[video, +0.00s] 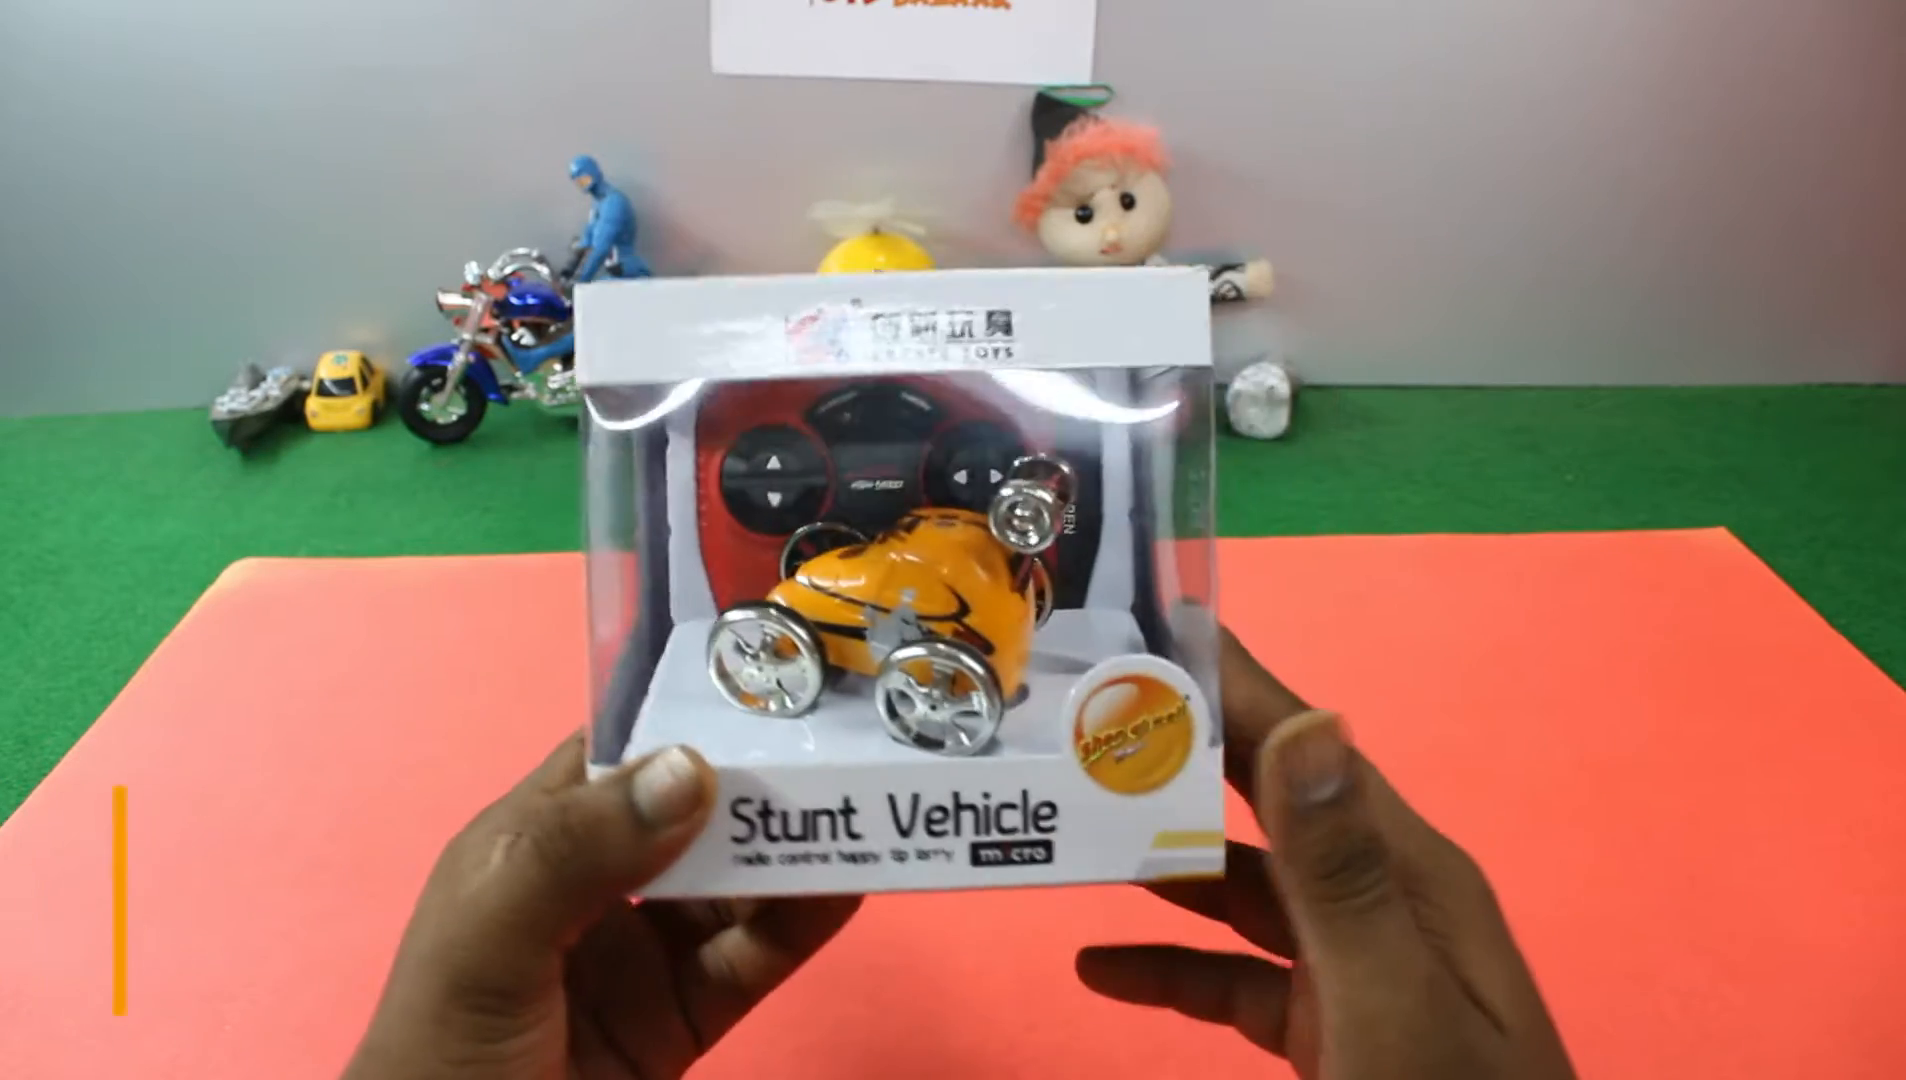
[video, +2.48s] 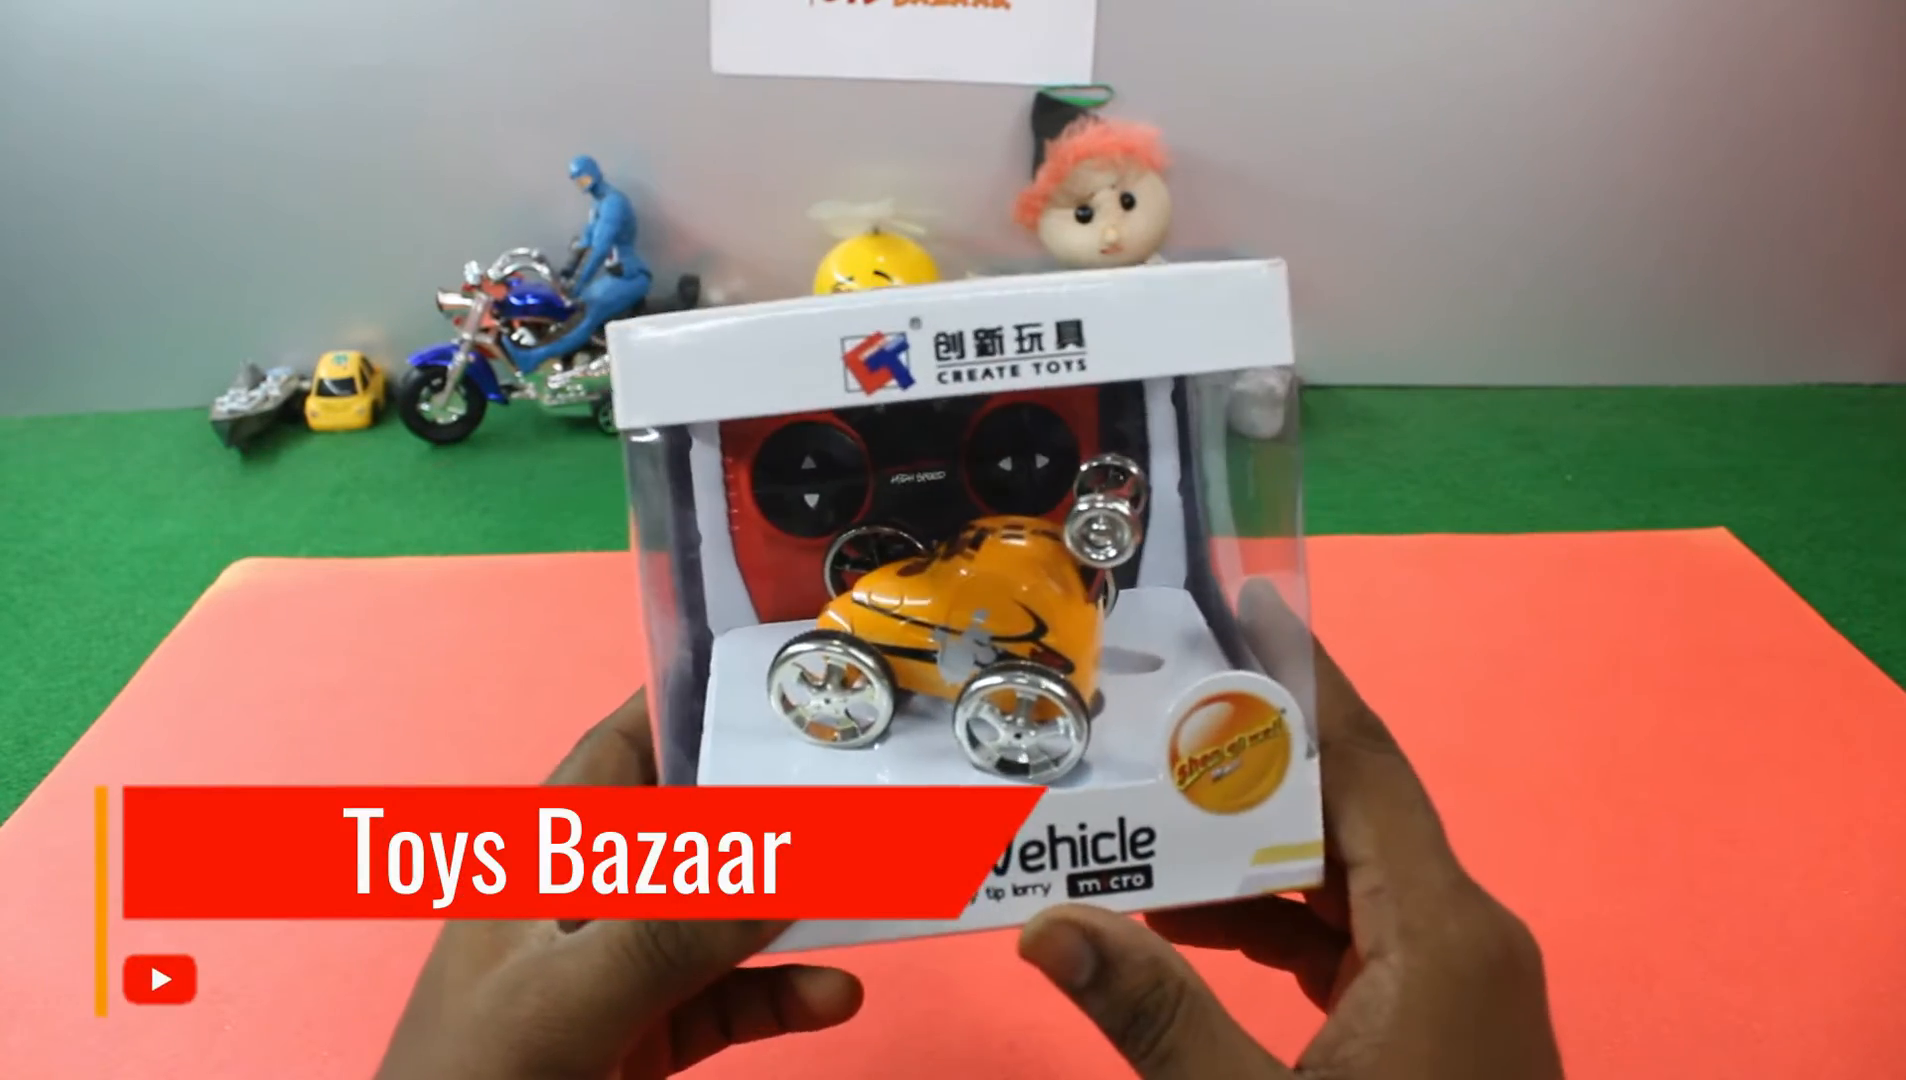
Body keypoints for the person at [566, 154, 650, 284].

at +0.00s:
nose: (581, 183)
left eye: (583, 177)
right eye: (577, 180)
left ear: (593, 175)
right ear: (575, 182)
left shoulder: (614, 201)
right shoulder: (597, 204)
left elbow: (602, 246)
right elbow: (587, 239)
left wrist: (581, 280)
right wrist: (569, 270)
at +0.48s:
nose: (581, 183)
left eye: (583, 177)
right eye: (576, 179)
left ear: (593, 174)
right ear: (576, 181)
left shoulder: (614, 203)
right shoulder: (598, 204)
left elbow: (601, 247)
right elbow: (586, 239)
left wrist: (577, 286)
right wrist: (569, 269)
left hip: (631, 276)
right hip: (612, 272)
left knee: (594, 313)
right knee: (577, 303)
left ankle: (533, 358)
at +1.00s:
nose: (581, 184)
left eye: (583, 177)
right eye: (577, 180)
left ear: (593, 173)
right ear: (577, 181)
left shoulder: (614, 203)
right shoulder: (598, 204)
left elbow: (601, 247)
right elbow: (586, 239)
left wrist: (577, 287)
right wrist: (568, 270)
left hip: (631, 276)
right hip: (612, 272)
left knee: (593, 312)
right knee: (576, 302)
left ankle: (532, 359)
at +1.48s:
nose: (581, 184)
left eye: (583, 177)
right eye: (577, 180)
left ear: (594, 174)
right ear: (577, 181)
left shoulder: (614, 203)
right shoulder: (598, 205)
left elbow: (601, 248)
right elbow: (587, 239)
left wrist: (577, 287)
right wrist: (568, 270)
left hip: (632, 276)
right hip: (612, 272)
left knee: (592, 312)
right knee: (577, 302)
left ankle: (533, 358)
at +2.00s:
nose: (581, 184)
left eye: (583, 177)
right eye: (577, 180)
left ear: (594, 174)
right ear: (577, 181)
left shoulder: (613, 203)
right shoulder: (598, 204)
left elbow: (601, 248)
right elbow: (587, 239)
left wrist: (578, 286)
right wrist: (568, 269)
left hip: (631, 276)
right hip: (612, 272)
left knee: (593, 313)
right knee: (577, 302)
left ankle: (533, 358)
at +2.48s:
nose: (581, 184)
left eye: (583, 177)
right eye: (577, 180)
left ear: (594, 174)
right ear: (577, 181)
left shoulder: (614, 203)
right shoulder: (598, 205)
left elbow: (601, 248)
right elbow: (586, 240)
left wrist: (578, 287)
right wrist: (567, 270)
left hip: (631, 277)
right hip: (612, 273)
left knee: (593, 314)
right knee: (577, 304)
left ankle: (533, 357)